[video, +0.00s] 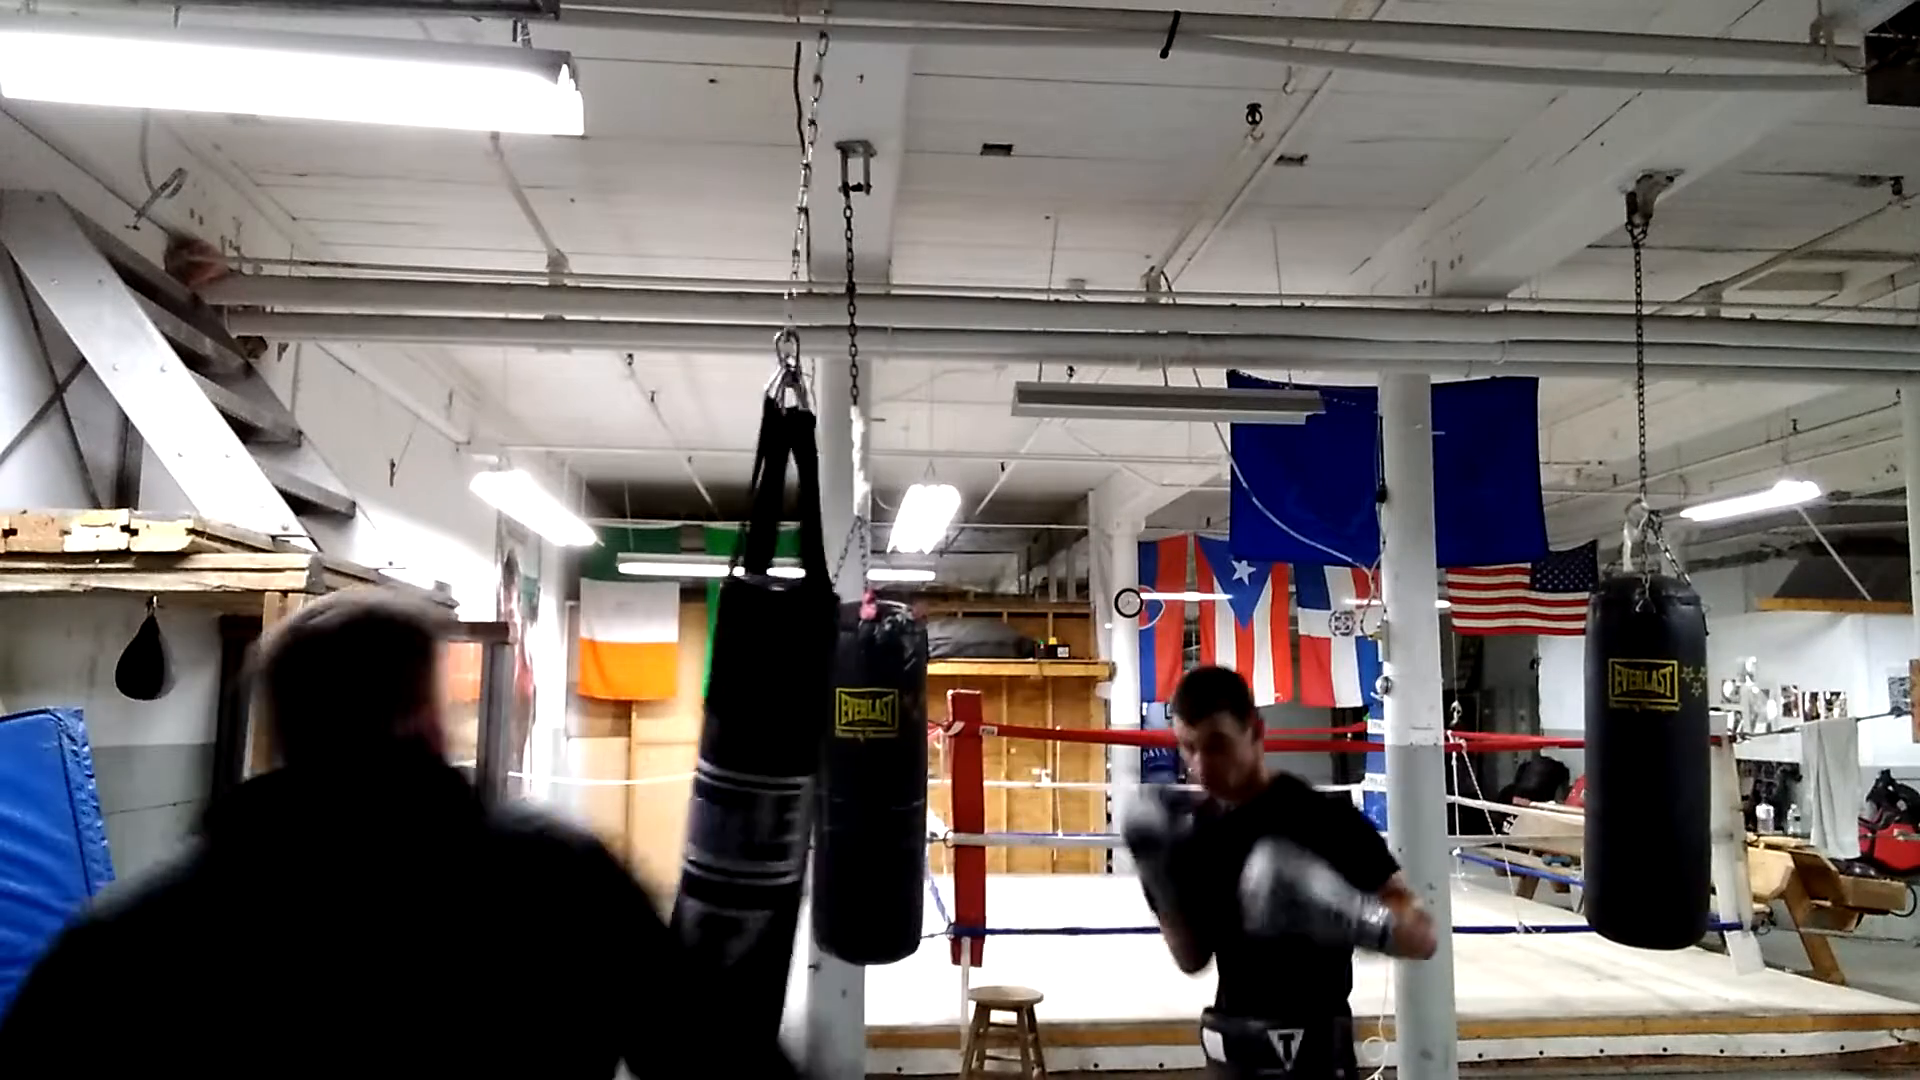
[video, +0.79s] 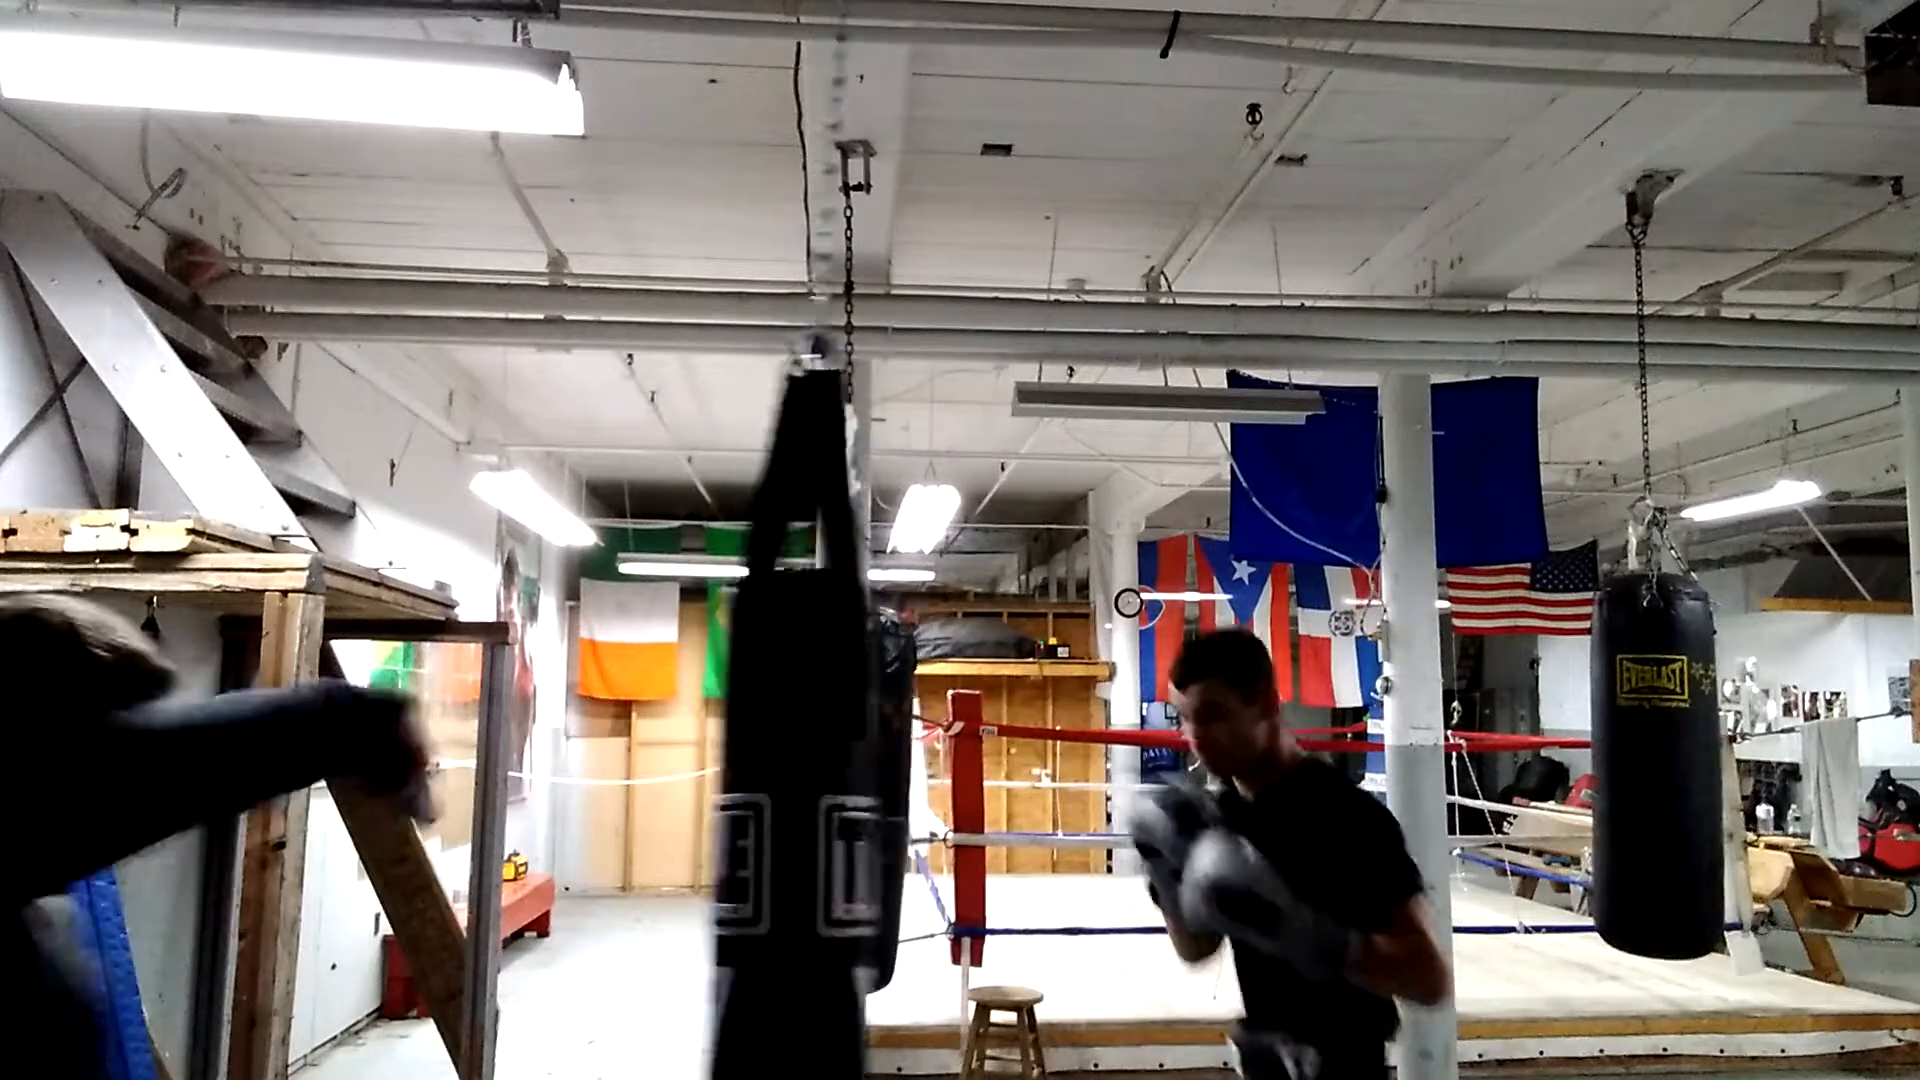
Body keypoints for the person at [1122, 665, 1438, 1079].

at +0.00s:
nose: (1201, 765)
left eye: (1216, 745)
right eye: (1189, 749)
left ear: (1256, 731)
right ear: (1178, 746)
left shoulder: (1326, 818)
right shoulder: (1199, 831)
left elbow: (1421, 937)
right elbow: (1192, 958)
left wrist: (1334, 903)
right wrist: (1155, 865)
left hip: (1317, 1043)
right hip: (1235, 1043)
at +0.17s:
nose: (1212, 769)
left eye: (1229, 749)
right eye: (1202, 751)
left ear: (1271, 740)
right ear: (1192, 748)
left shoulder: (1333, 829)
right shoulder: (1210, 837)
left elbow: (1412, 972)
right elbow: (1161, 954)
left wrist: (1325, 880)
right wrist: (1137, 860)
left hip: (1324, 1055)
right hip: (1239, 1053)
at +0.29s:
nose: (1205, 776)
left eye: (1224, 756)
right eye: (1196, 757)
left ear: (1268, 746)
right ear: (1187, 751)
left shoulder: (1338, 852)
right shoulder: (1210, 838)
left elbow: (1379, 1000)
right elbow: (1191, 972)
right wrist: (1155, 909)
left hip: (1322, 1064)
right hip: (1240, 1056)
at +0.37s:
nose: (1193, 783)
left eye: (1213, 765)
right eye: (1184, 765)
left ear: (1258, 756)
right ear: (1175, 762)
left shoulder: (1330, 872)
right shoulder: (1205, 842)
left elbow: (1363, 1016)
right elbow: (1234, 945)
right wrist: (1178, 944)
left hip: (1318, 1079)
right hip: (1243, 1072)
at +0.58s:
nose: (1168, 781)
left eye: (1184, 761)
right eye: (1159, 763)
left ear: (1235, 751)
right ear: (1152, 759)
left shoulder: (1305, 857)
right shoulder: (1211, 838)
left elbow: (1367, 1026)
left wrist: (1221, 982)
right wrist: (1145, 897)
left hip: (1307, 1074)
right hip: (1232, 1060)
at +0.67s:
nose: (1176, 744)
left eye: (1191, 722)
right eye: (1168, 725)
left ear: (1243, 711)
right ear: (1159, 723)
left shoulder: (1315, 812)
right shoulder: (1213, 807)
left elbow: (1388, 980)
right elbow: (1190, 938)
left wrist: (1255, 918)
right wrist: (1150, 850)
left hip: (1321, 1050)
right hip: (1246, 1037)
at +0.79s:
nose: (1192, 737)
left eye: (1212, 715)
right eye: (1183, 719)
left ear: (1266, 704)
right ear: (1178, 715)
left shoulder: (1349, 814)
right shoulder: (1223, 810)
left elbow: (1430, 979)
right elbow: (1196, 947)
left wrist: (1291, 923)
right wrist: (1167, 864)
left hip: (1346, 1058)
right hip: (1267, 1050)